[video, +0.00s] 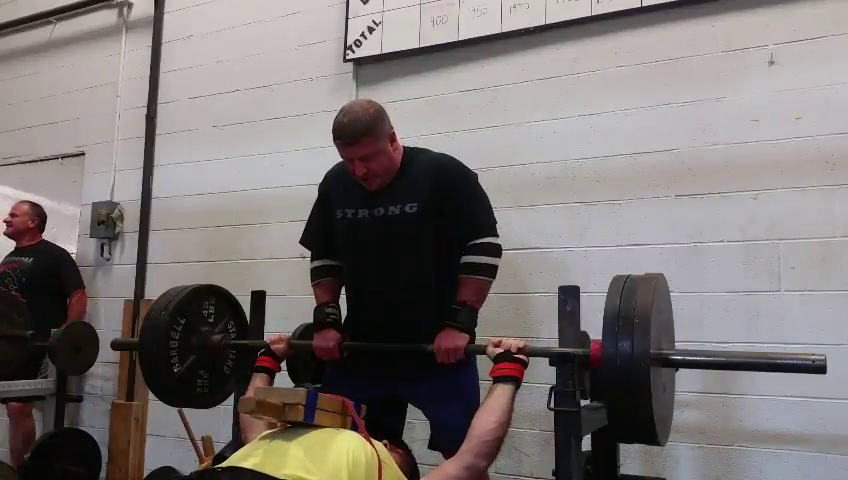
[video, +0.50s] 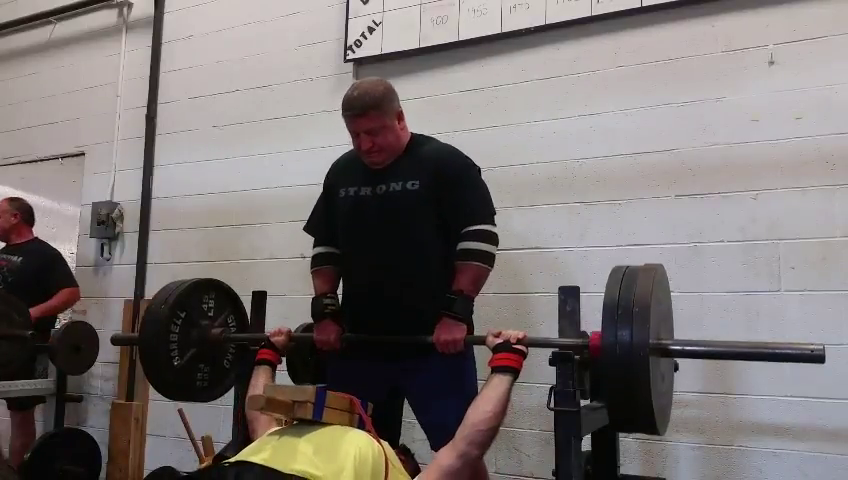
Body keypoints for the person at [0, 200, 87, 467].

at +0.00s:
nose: (6, 219)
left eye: (13, 215)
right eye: (8, 215)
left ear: (33, 223)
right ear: (28, 223)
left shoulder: (55, 255)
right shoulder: (11, 257)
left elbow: (79, 296)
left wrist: (70, 338)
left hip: (33, 343)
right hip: (8, 341)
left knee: (18, 407)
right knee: (14, 408)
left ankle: (20, 470)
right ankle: (19, 469)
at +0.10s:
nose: (7, 218)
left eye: (14, 215)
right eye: (9, 214)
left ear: (34, 222)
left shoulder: (54, 256)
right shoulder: (10, 256)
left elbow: (79, 296)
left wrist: (67, 337)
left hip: (31, 344)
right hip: (7, 341)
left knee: (18, 410)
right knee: (13, 410)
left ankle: (18, 471)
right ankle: (18, 470)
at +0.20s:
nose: (7, 218)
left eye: (14, 214)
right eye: (9, 213)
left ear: (34, 221)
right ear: (28, 222)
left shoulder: (53, 255)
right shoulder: (8, 255)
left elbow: (80, 295)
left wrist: (60, 333)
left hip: (29, 344)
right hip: (6, 341)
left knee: (17, 412)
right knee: (10, 411)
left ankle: (17, 472)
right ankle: (17, 471)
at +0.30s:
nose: (5, 219)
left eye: (11, 215)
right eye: (7, 214)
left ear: (30, 220)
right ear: (27, 219)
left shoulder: (52, 255)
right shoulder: (6, 254)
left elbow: (80, 294)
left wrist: (52, 322)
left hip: (25, 346)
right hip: (4, 344)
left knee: (19, 415)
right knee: (3, 414)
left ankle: (17, 473)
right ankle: (13, 470)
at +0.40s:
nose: (0, 222)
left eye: (5, 217)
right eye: (1, 217)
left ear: (23, 219)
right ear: (22, 220)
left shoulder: (50, 255)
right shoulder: (5, 253)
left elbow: (77, 294)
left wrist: (39, 316)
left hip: (27, 343)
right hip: (3, 341)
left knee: (20, 414)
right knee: (1, 411)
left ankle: (14, 472)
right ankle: (11, 462)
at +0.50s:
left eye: (2, 216)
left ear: (16, 219)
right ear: (17, 219)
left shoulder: (45, 253)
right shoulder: (5, 252)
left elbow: (72, 292)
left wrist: (32, 313)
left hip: (26, 344)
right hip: (5, 341)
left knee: (20, 412)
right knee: (18, 411)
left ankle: (15, 470)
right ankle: (14, 469)